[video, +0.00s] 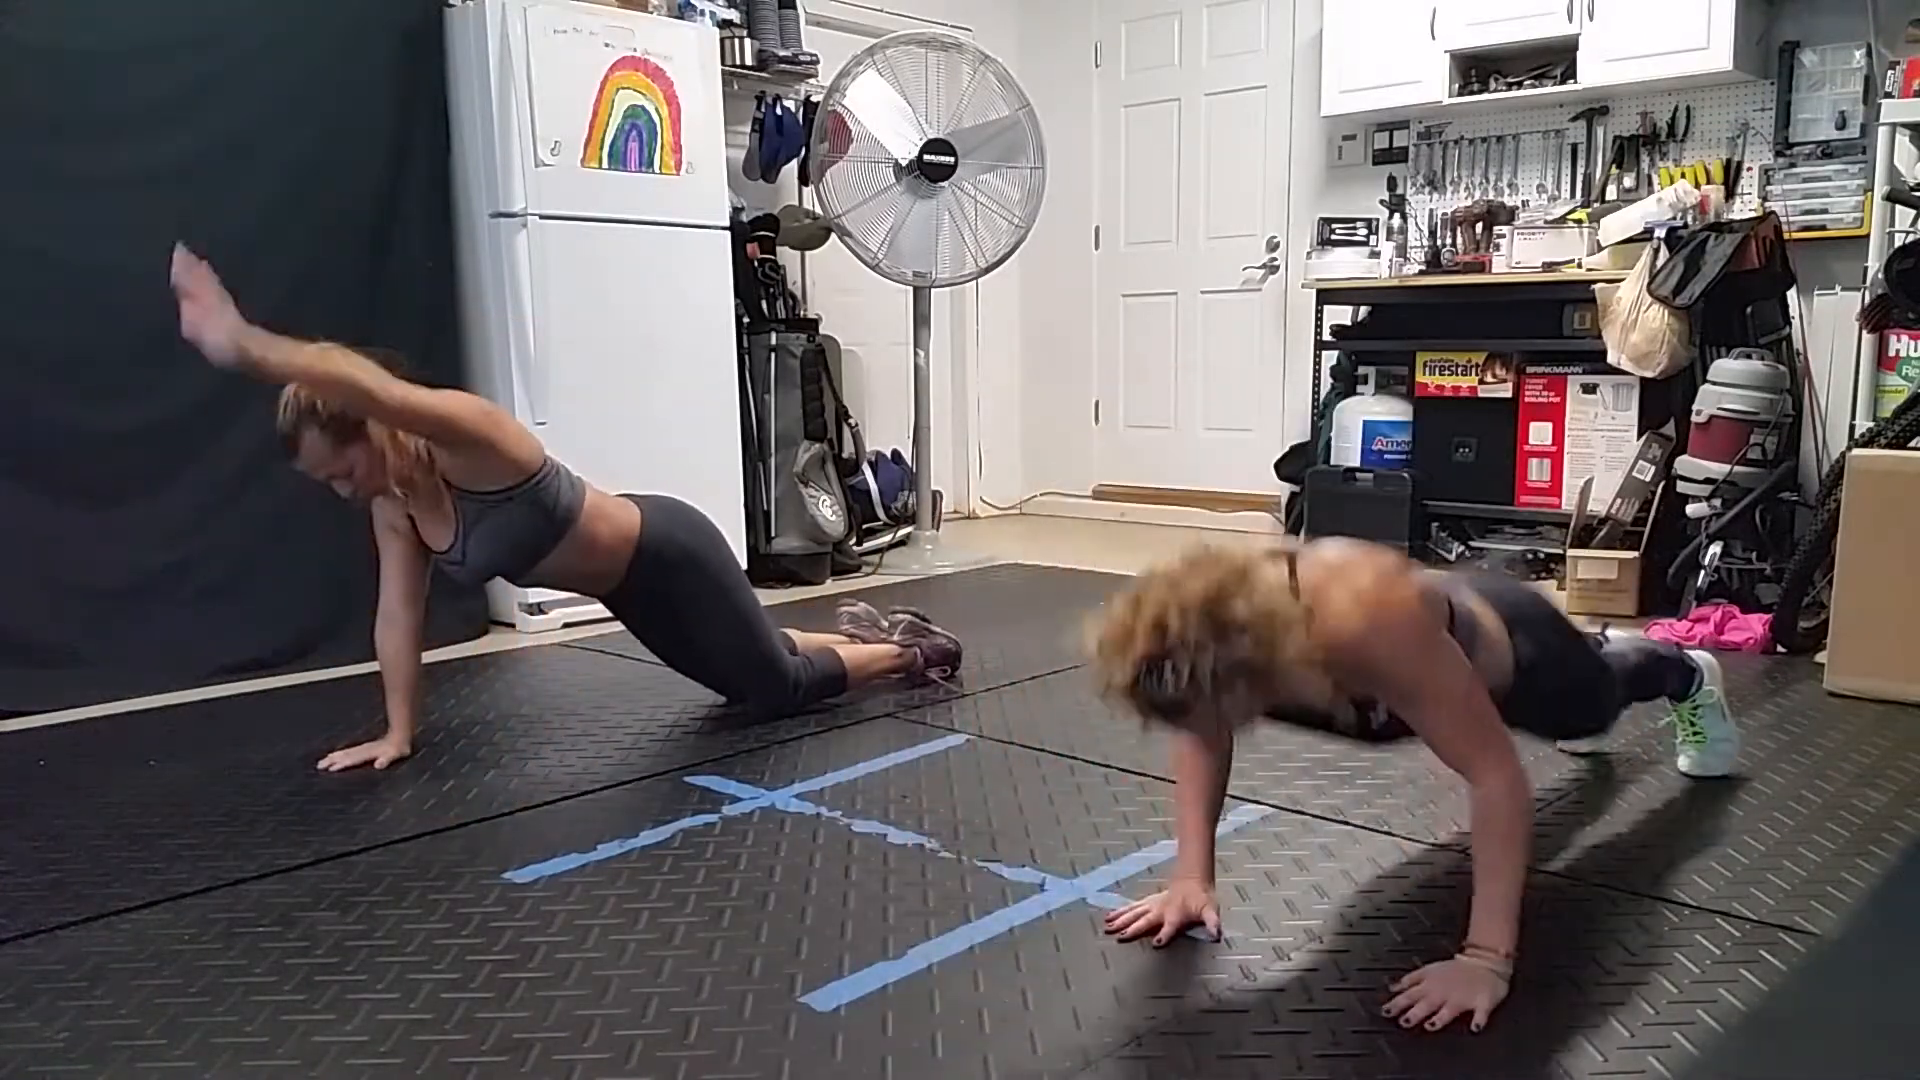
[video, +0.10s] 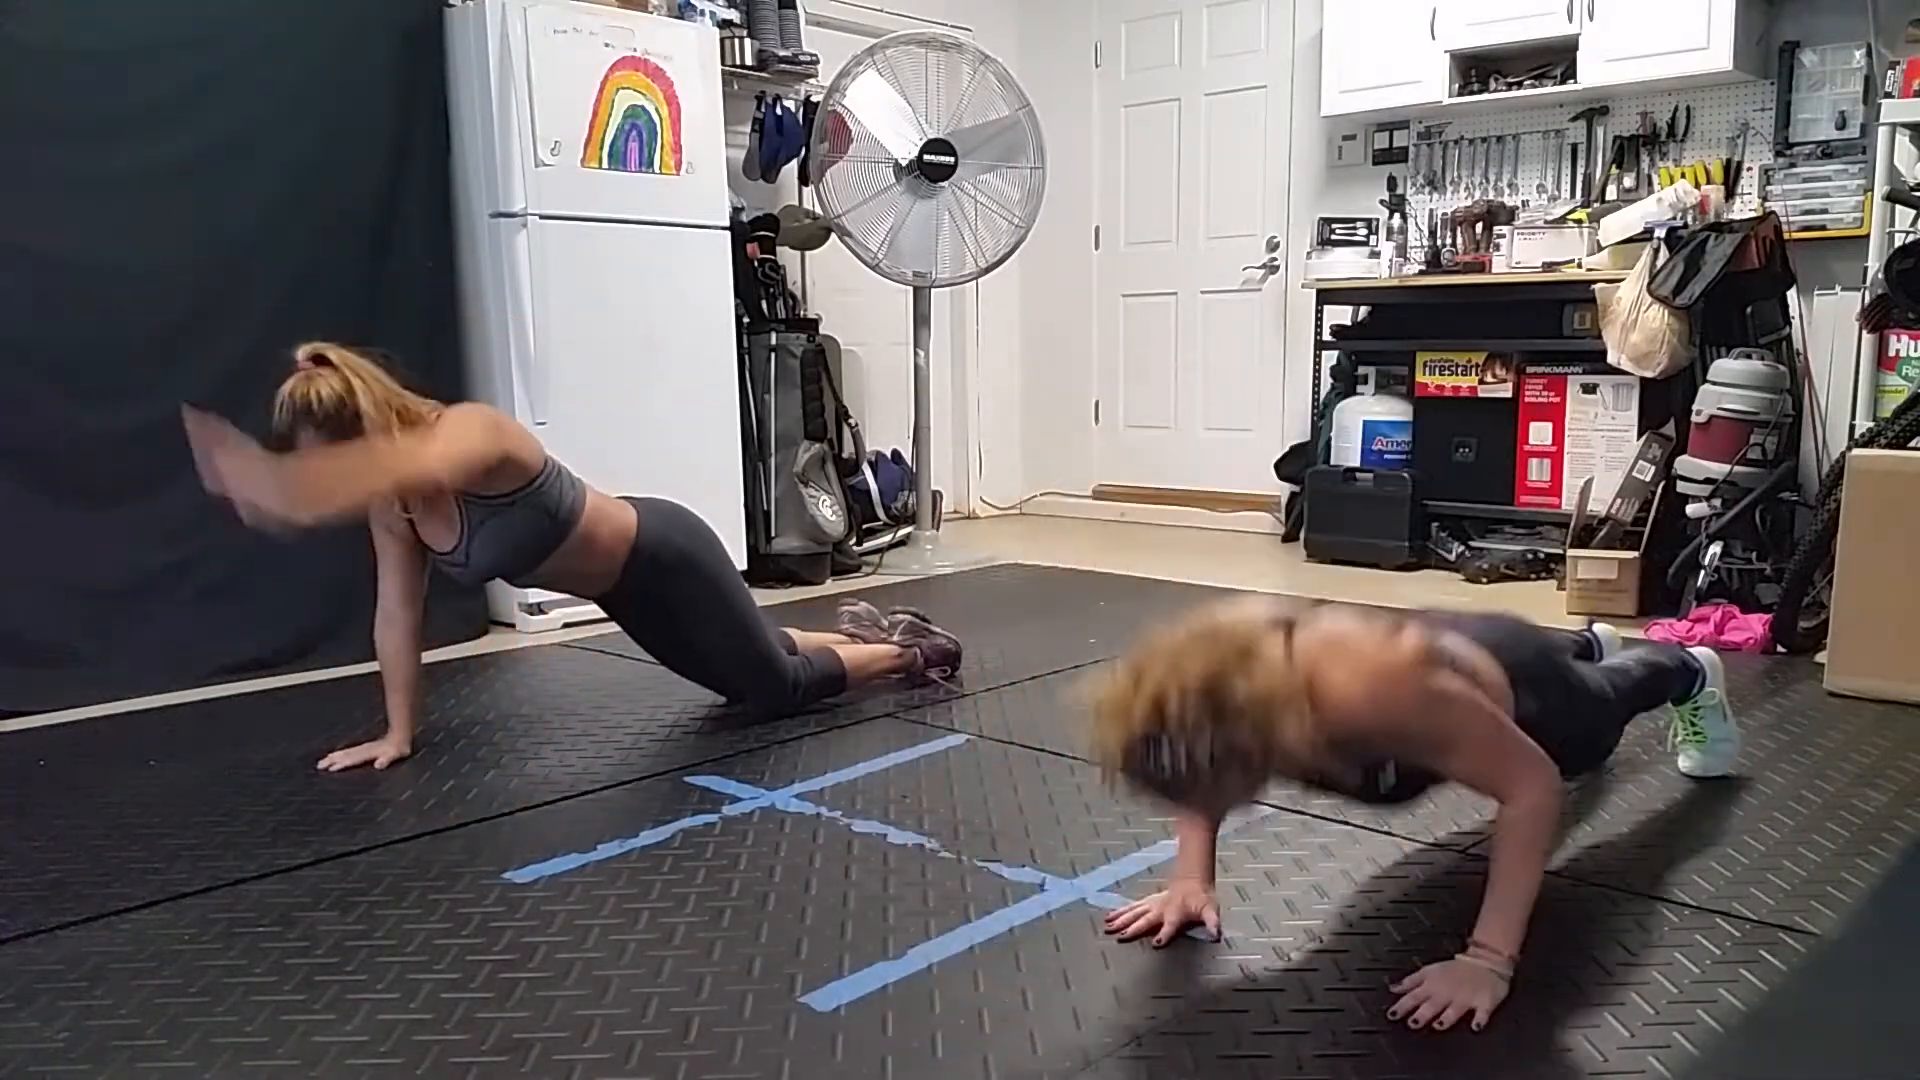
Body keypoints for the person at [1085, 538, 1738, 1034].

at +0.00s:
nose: (1208, 730)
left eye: (1211, 713)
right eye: (1190, 725)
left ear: (1236, 668)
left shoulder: (1364, 615)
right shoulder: (1211, 629)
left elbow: (1499, 777)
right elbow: (1199, 733)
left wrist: (1485, 957)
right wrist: (1189, 874)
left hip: (1515, 639)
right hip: (1426, 631)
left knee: (1611, 679)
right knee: (1562, 677)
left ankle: (1688, 674)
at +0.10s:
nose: (1203, 810)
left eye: (1207, 794)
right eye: (1187, 799)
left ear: (1240, 750)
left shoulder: (1363, 688)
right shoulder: (1212, 672)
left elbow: (1534, 786)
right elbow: (1191, 772)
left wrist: (1487, 957)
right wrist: (1188, 877)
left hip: (1519, 676)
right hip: (1436, 646)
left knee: (1615, 688)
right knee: (1532, 654)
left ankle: (1691, 668)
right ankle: (1591, 640)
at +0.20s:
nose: (1202, 903)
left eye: (1214, 888)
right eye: (1177, 892)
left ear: (1250, 834)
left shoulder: (1372, 760)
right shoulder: (1207, 696)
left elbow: (1543, 793)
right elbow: (1194, 767)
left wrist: (1487, 959)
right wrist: (1185, 876)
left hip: (1514, 702)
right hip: (1419, 660)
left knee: (1612, 691)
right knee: (1536, 652)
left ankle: (1692, 666)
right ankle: (1599, 637)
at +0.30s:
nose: (1215, 977)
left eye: (1224, 959)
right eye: (1188, 964)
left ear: (1257, 903)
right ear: (1141, 875)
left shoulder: (1370, 833)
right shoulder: (1182, 748)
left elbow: (1544, 793)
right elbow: (1196, 702)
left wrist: (1487, 958)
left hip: (1498, 728)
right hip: (1387, 693)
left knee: (1604, 703)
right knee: (1518, 673)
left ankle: (1689, 665)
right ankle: (1596, 640)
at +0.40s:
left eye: (1214, 984)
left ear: (1254, 938)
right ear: (1144, 873)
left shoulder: (1371, 860)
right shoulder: (1172, 791)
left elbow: (1542, 791)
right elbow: (1187, 707)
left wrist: (1488, 958)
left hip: (1492, 738)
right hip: (1390, 713)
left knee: (1605, 707)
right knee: (1507, 681)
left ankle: (1690, 666)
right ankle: (1593, 641)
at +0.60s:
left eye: (1202, 952)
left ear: (1243, 911)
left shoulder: (1367, 840)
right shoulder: (1179, 766)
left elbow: (1547, 796)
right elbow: (1188, 704)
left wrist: (1489, 959)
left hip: (1497, 729)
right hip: (1386, 696)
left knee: (1609, 705)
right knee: (1516, 672)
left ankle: (1690, 664)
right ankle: (1595, 640)